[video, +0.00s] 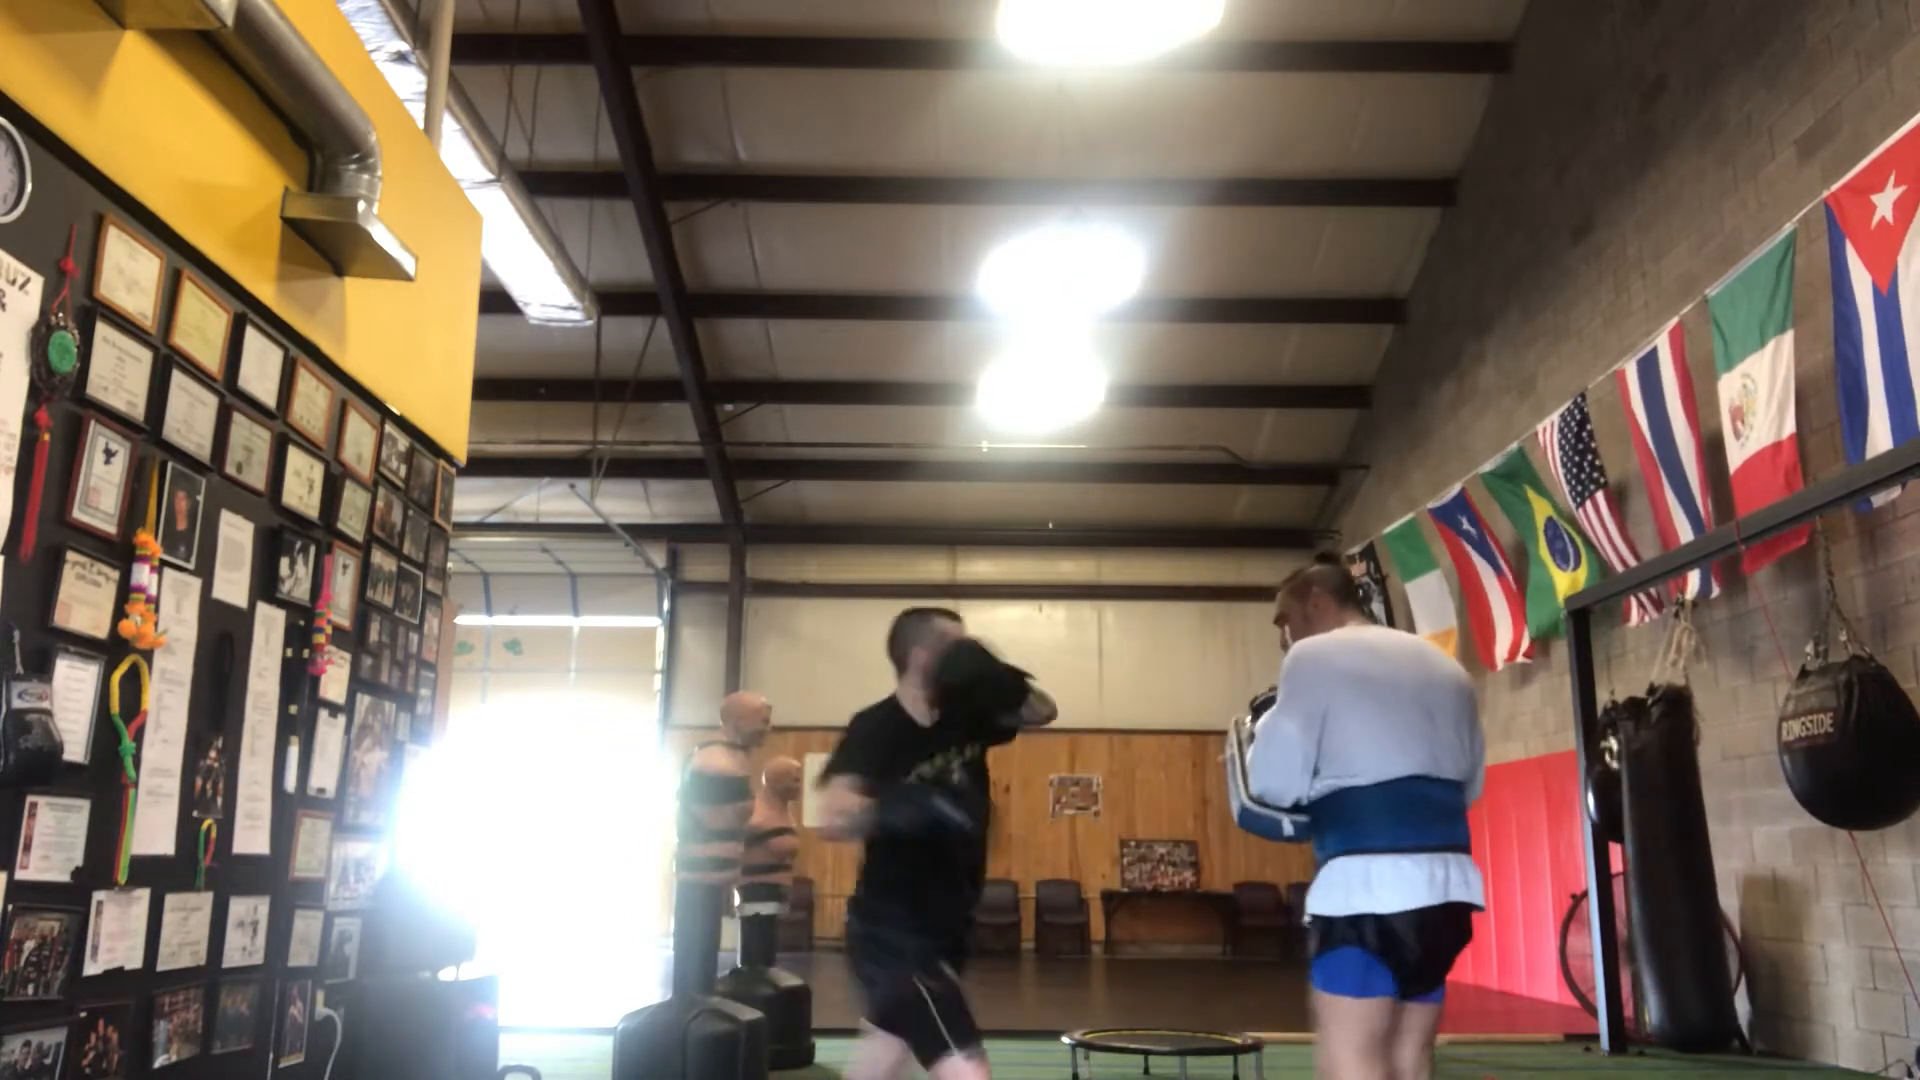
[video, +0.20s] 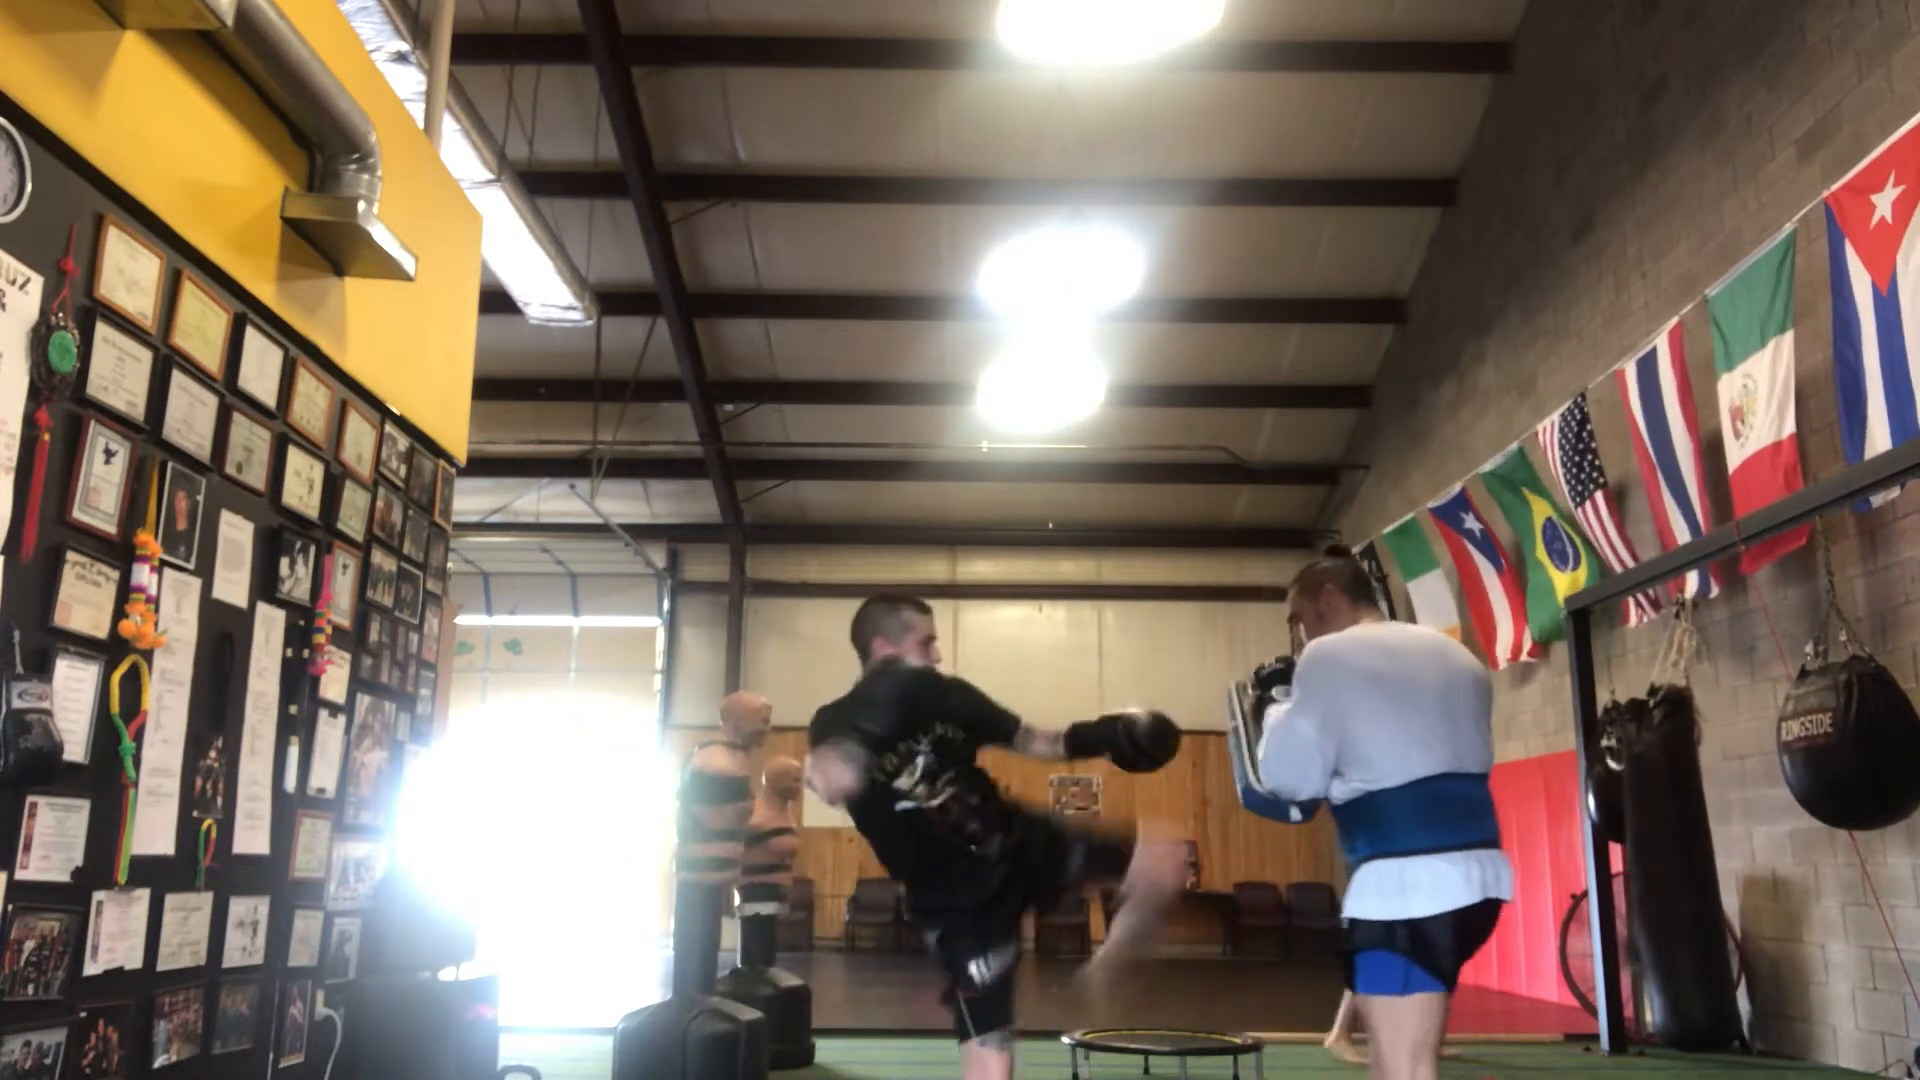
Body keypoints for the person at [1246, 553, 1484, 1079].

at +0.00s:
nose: (1285, 639)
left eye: (1284, 623)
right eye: (1280, 627)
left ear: (1314, 605)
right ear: (1348, 604)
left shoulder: (1312, 658)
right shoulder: (1443, 664)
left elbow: (1274, 785)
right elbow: (1470, 783)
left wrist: (1274, 726)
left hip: (1363, 900)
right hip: (1447, 899)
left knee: (1350, 1065)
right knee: (1412, 1064)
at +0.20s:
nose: (1299, 638)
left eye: (1298, 623)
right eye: (1294, 627)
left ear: (1328, 601)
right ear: (1363, 600)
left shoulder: (1328, 657)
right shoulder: (1455, 653)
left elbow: (1286, 778)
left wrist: (1280, 700)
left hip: (1402, 895)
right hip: (1482, 886)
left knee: (1407, 1069)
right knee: (1408, 1054)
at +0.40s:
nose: (1330, 626)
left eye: (1334, 606)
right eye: (1330, 608)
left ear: (1373, 591)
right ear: (1401, 588)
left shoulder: (1379, 654)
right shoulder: (1483, 648)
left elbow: (1305, 751)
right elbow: (1421, 732)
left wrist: (1262, 687)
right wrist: (1341, 675)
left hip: (1425, 901)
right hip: (1499, 892)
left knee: (1420, 1067)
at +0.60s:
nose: (1361, 621)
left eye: (1367, 603)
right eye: (1360, 606)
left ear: (1409, 594)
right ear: (1421, 597)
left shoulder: (1420, 659)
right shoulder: (1511, 657)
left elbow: (1371, 781)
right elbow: (1475, 752)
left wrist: (1305, 727)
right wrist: (1382, 708)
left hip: (1451, 898)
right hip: (1530, 890)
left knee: (1434, 1067)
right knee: (1539, 1060)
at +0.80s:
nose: (1367, 634)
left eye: (1370, 614)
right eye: (1362, 620)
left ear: (1409, 600)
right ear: (1419, 603)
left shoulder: (1420, 663)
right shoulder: (1527, 662)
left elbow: (1392, 794)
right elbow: (1544, 769)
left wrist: (1328, 759)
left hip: (1468, 901)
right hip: (1550, 893)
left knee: (1436, 1069)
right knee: (1552, 1065)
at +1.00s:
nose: (1349, 643)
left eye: (1351, 624)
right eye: (1345, 629)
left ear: (1390, 607)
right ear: (1408, 610)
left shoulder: (1404, 666)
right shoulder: (1503, 664)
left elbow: (1380, 797)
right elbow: (1530, 775)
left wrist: (1318, 759)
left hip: (1460, 897)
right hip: (1542, 892)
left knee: (1379, 1054)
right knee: (1546, 1066)